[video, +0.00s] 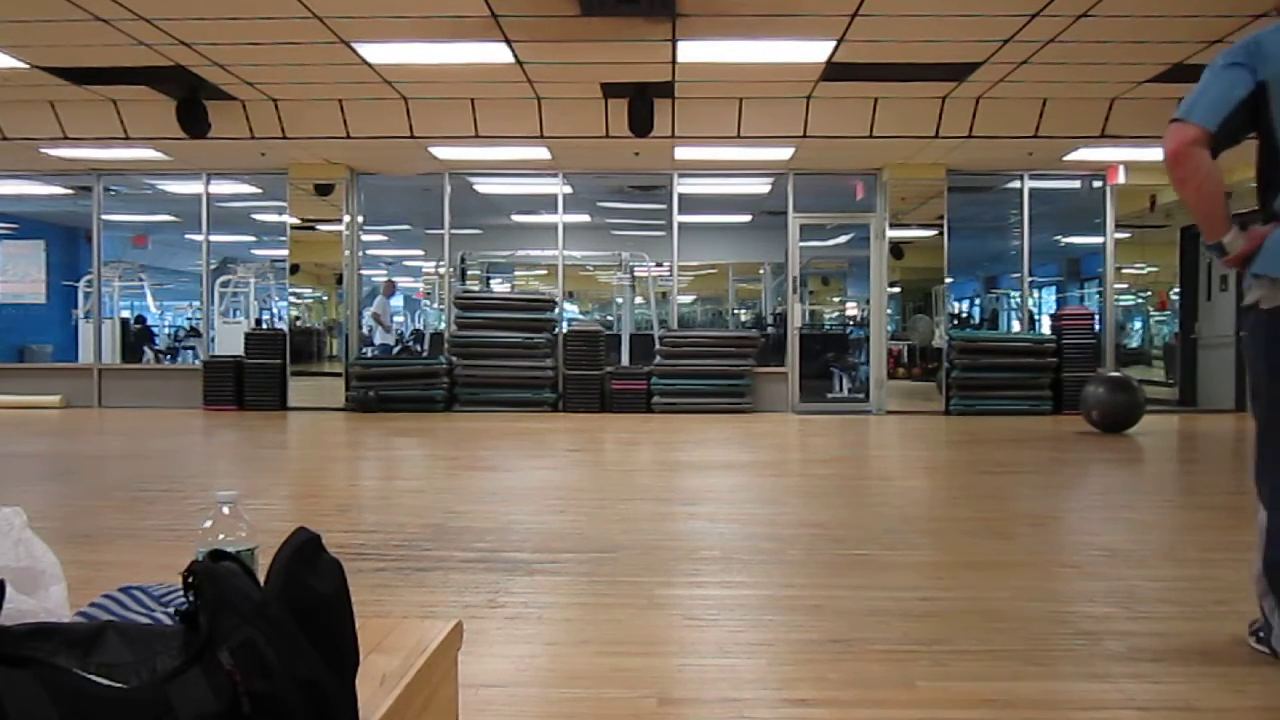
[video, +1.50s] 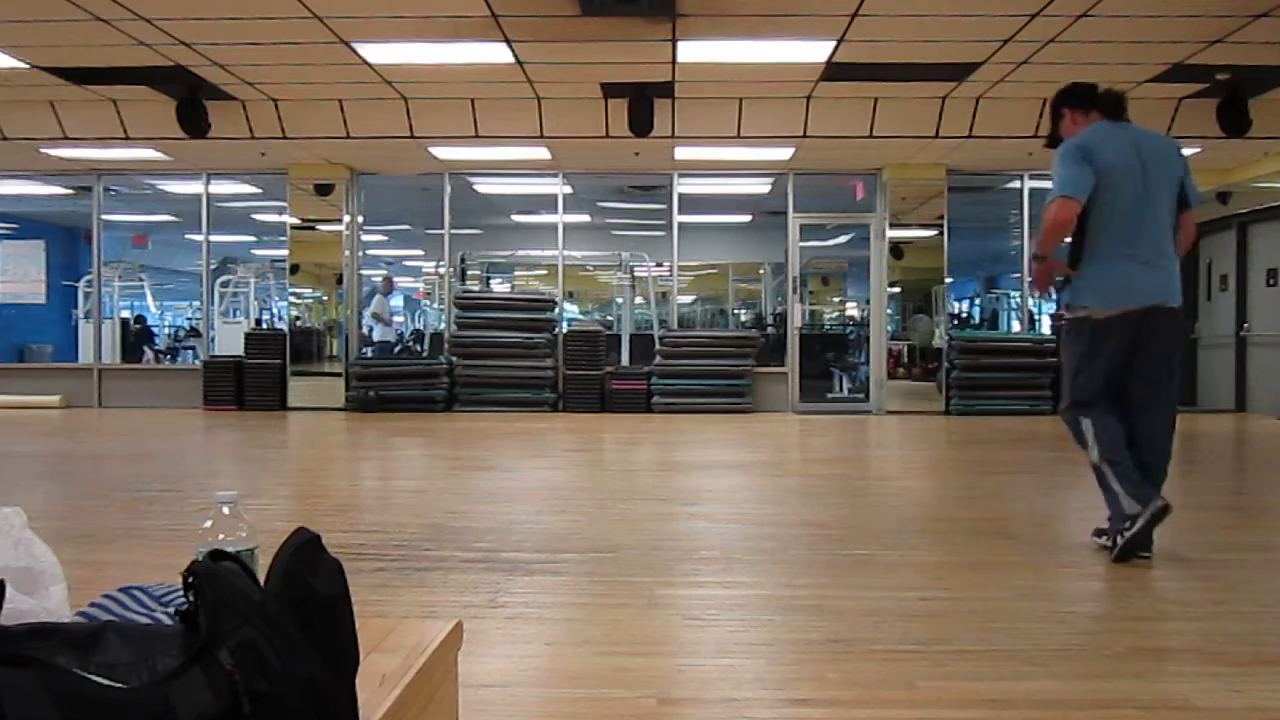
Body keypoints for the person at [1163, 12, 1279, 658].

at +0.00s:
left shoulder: (1264, 45)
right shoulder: (1262, 47)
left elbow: (1183, 144)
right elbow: (1185, 144)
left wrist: (1228, 237)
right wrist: (1228, 240)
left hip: (1276, 296)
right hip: (1271, 296)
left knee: (1276, 463)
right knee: (1275, 464)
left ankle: (1274, 618)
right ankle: (1272, 617)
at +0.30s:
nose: (1259, 28)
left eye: (1258, 22)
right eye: (1263, 23)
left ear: (1266, 20)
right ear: (1277, 21)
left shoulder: (1232, 69)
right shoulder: (1231, 71)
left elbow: (1144, 150)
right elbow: (1146, 152)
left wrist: (1183, 240)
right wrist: (1187, 241)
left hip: (1260, 290)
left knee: (1269, 459)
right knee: (1267, 460)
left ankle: (1278, 624)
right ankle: (1275, 622)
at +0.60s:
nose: (1221, 85)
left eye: (1221, 78)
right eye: (1224, 79)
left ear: (1235, 68)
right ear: (1274, 65)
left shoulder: (1214, 104)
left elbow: (1146, 185)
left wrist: (1180, 265)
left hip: (1252, 286)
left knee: (1202, 412)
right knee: (1269, 427)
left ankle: (1255, 528)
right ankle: (1277, 581)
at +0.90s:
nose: (1153, 115)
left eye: (1152, 106)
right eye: (1150, 107)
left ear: (1168, 91)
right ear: (1210, 86)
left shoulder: (1173, 126)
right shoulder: (1270, 117)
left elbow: (1133, 209)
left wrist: (1159, 273)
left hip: (1209, 299)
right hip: (1275, 299)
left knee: (1201, 437)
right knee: (1268, 435)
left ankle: (1196, 558)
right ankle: (1278, 567)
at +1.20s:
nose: (1105, 127)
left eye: (1103, 121)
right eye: (1103, 121)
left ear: (1116, 107)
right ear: (1156, 104)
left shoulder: (1117, 129)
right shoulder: (1220, 136)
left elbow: (1081, 188)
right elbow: (1259, 207)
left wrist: (1097, 257)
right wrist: (1273, 282)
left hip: (1145, 292)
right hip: (1204, 295)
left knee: (1124, 402)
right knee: (1178, 408)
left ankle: (1174, 519)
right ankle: (1177, 532)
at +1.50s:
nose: (1062, 136)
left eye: (1061, 128)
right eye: (1060, 129)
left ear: (1076, 115)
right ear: (1108, 112)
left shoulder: (1080, 146)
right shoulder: (1165, 146)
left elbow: (1064, 212)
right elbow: (1187, 229)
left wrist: (1043, 257)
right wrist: (1155, 267)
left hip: (1101, 299)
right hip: (1163, 299)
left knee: (1083, 403)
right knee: (1151, 411)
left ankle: (1136, 504)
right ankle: (1132, 528)